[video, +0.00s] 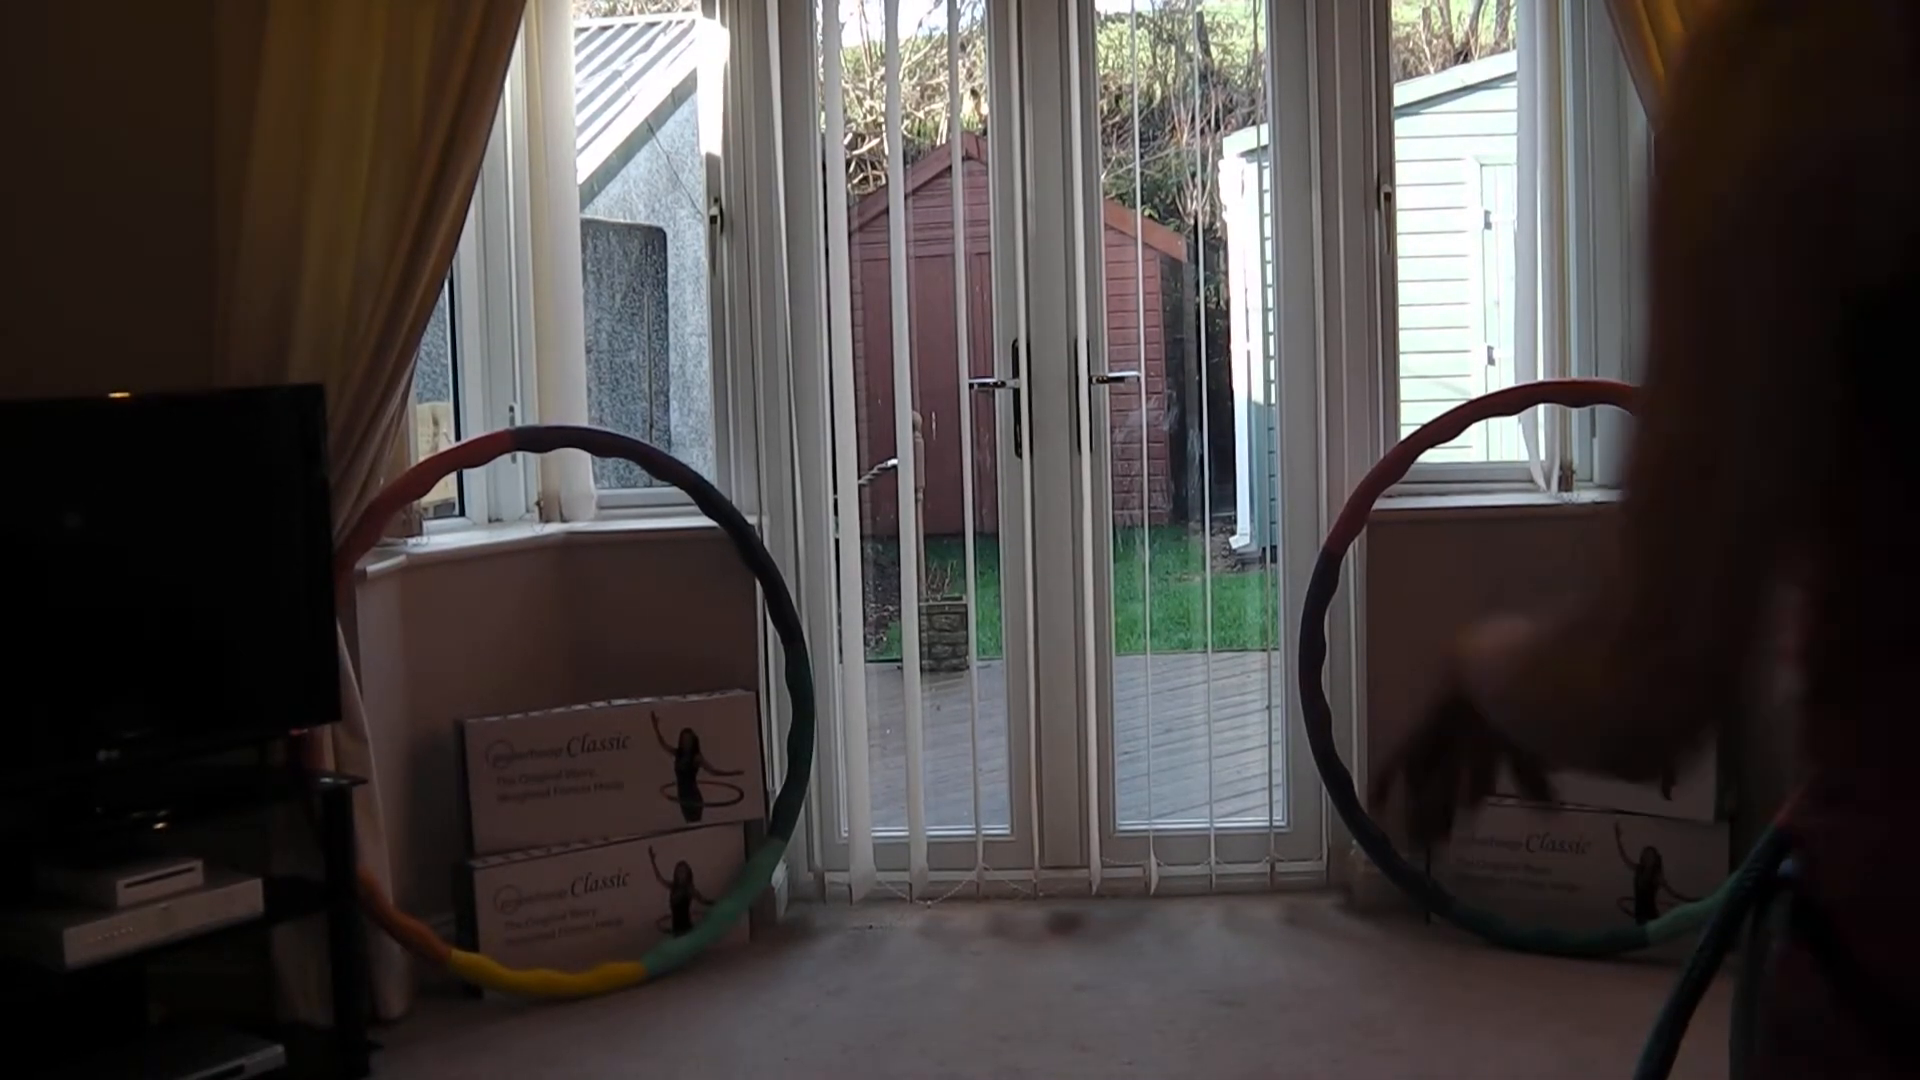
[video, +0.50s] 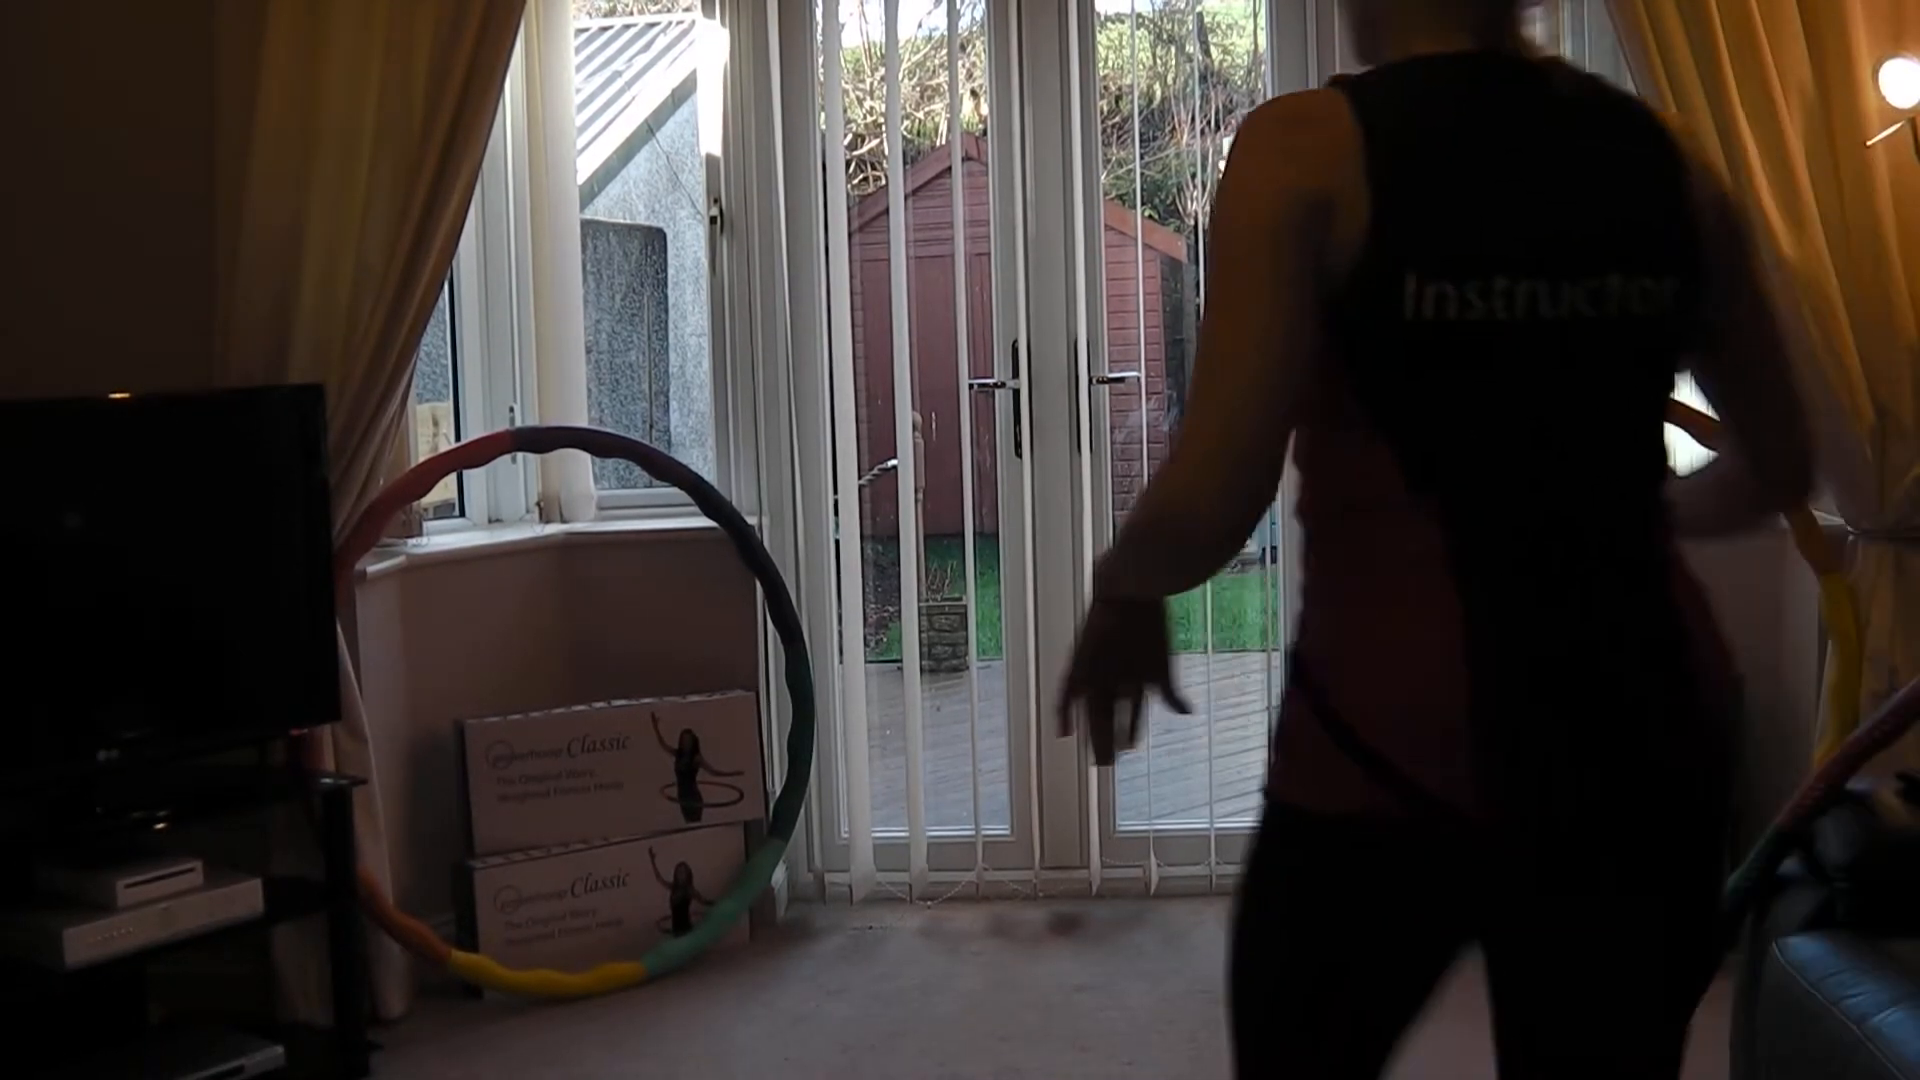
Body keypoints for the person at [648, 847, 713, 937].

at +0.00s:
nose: (681, 874)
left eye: (683, 871)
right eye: (679, 871)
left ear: (688, 873)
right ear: (675, 873)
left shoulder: (690, 889)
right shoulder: (673, 886)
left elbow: (702, 901)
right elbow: (659, 878)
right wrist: (653, 861)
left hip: (687, 925)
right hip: (675, 925)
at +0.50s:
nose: (681, 875)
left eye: (683, 872)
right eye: (679, 872)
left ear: (688, 874)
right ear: (675, 874)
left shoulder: (690, 889)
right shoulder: (673, 887)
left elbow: (702, 901)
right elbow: (659, 878)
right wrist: (652, 861)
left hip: (687, 926)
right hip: (675, 926)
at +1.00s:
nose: (681, 874)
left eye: (684, 871)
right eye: (679, 871)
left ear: (688, 873)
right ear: (675, 873)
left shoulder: (689, 889)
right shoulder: (673, 886)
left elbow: (702, 901)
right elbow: (658, 878)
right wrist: (653, 861)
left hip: (686, 922)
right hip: (675, 923)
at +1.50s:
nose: (681, 874)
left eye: (683, 871)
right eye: (679, 871)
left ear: (688, 873)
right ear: (675, 873)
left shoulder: (689, 889)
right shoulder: (673, 887)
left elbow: (703, 901)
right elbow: (659, 878)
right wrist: (653, 860)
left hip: (686, 923)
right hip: (675, 923)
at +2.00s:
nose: (681, 876)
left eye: (683, 873)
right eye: (679, 873)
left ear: (688, 874)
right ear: (675, 874)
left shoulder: (690, 889)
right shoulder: (673, 887)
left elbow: (703, 901)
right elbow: (658, 878)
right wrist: (653, 861)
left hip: (686, 923)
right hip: (675, 923)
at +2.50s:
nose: (681, 876)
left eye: (683, 873)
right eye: (678, 873)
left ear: (688, 874)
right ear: (675, 874)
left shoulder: (690, 889)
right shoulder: (673, 887)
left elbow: (702, 902)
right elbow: (658, 878)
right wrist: (652, 861)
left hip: (686, 924)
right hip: (675, 924)